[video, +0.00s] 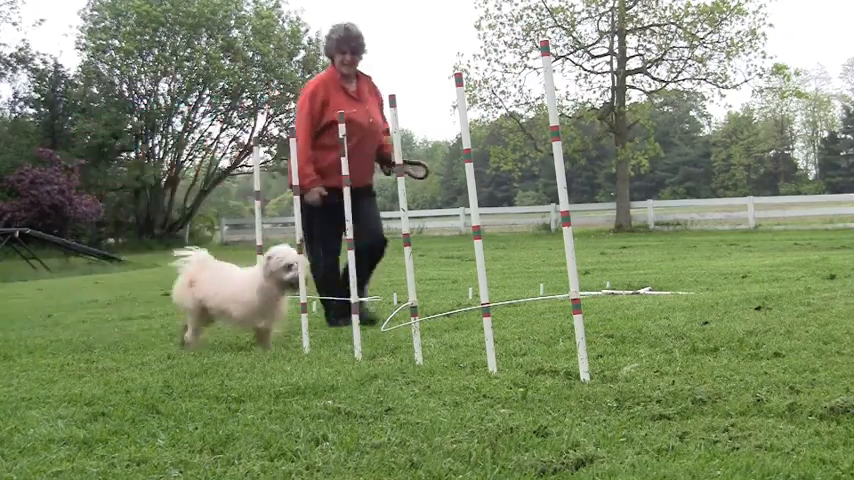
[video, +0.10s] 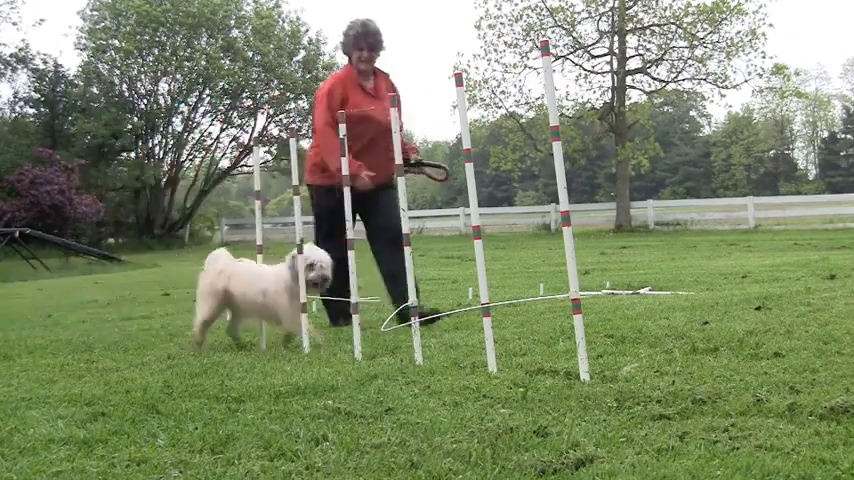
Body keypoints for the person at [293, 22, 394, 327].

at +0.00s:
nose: (348, 59)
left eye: (353, 53)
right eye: (341, 54)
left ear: (361, 54)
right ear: (331, 55)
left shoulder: (368, 87)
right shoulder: (316, 89)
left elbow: (378, 132)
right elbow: (301, 138)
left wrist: (389, 158)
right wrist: (308, 182)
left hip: (360, 186)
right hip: (323, 188)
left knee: (374, 243)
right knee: (325, 254)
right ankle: (336, 313)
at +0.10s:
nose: (366, 55)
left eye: (372, 49)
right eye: (360, 49)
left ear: (379, 50)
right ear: (348, 51)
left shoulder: (386, 85)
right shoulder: (333, 88)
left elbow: (391, 130)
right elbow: (325, 141)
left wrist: (407, 150)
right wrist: (353, 171)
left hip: (377, 180)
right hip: (332, 182)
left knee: (390, 240)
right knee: (333, 249)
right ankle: (340, 316)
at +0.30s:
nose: (402, 54)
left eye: (408, 49)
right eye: (396, 49)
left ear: (415, 50)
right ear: (384, 51)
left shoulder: (425, 87)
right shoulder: (373, 88)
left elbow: (429, 135)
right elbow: (365, 135)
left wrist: (450, 158)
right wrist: (401, 163)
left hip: (421, 185)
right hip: (377, 186)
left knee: (430, 250)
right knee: (375, 253)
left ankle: (432, 317)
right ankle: (350, 296)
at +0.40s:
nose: (419, 45)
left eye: (425, 39)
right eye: (413, 40)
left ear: (434, 41)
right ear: (402, 42)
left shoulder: (445, 77)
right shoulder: (390, 81)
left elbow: (454, 125)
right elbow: (381, 135)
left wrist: (471, 148)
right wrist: (406, 172)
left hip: (441, 179)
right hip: (397, 182)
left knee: (443, 249)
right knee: (418, 248)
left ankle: (434, 319)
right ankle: (379, 294)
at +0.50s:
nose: (437, 36)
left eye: (443, 30)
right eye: (431, 31)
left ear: (451, 32)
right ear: (420, 33)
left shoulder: (464, 68)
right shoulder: (405, 73)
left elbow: (480, 112)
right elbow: (393, 126)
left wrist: (492, 138)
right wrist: (402, 171)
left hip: (455, 171)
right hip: (420, 172)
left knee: (451, 240)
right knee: (446, 230)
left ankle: (441, 313)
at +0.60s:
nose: (455, 32)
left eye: (461, 26)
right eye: (448, 26)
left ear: (470, 27)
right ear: (437, 27)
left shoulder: (483, 65)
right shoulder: (423, 67)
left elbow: (499, 111)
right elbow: (408, 121)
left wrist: (512, 126)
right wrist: (407, 169)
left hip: (470, 168)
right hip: (433, 167)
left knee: (451, 240)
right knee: (458, 232)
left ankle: (433, 316)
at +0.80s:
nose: (483, 26)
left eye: (489, 20)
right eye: (476, 20)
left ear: (499, 22)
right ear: (466, 24)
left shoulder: (514, 59)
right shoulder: (457, 63)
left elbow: (535, 103)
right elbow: (439, 118)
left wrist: (544, 128)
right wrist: (427, 166)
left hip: (508, 170)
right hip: (467, 170)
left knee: (501, 240)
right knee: (500, 238)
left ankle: (455, 299)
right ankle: (514, 320)